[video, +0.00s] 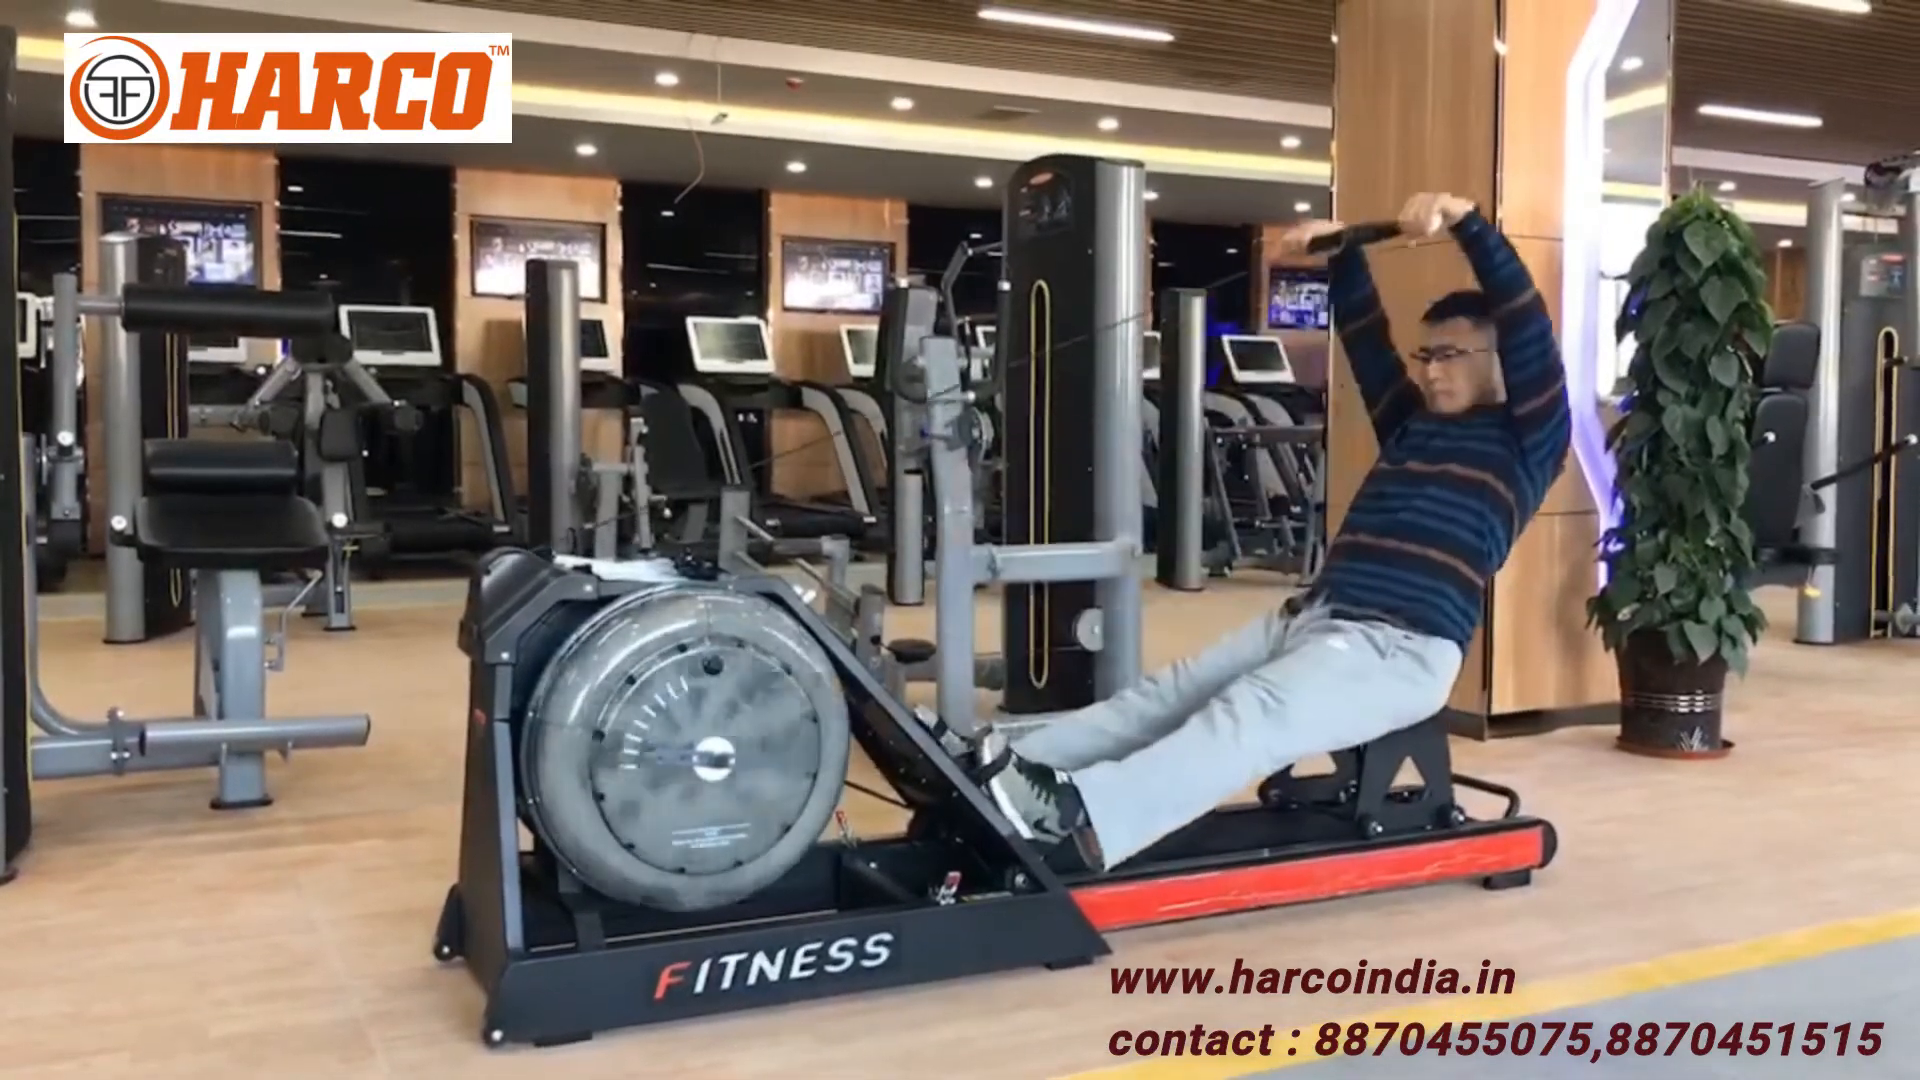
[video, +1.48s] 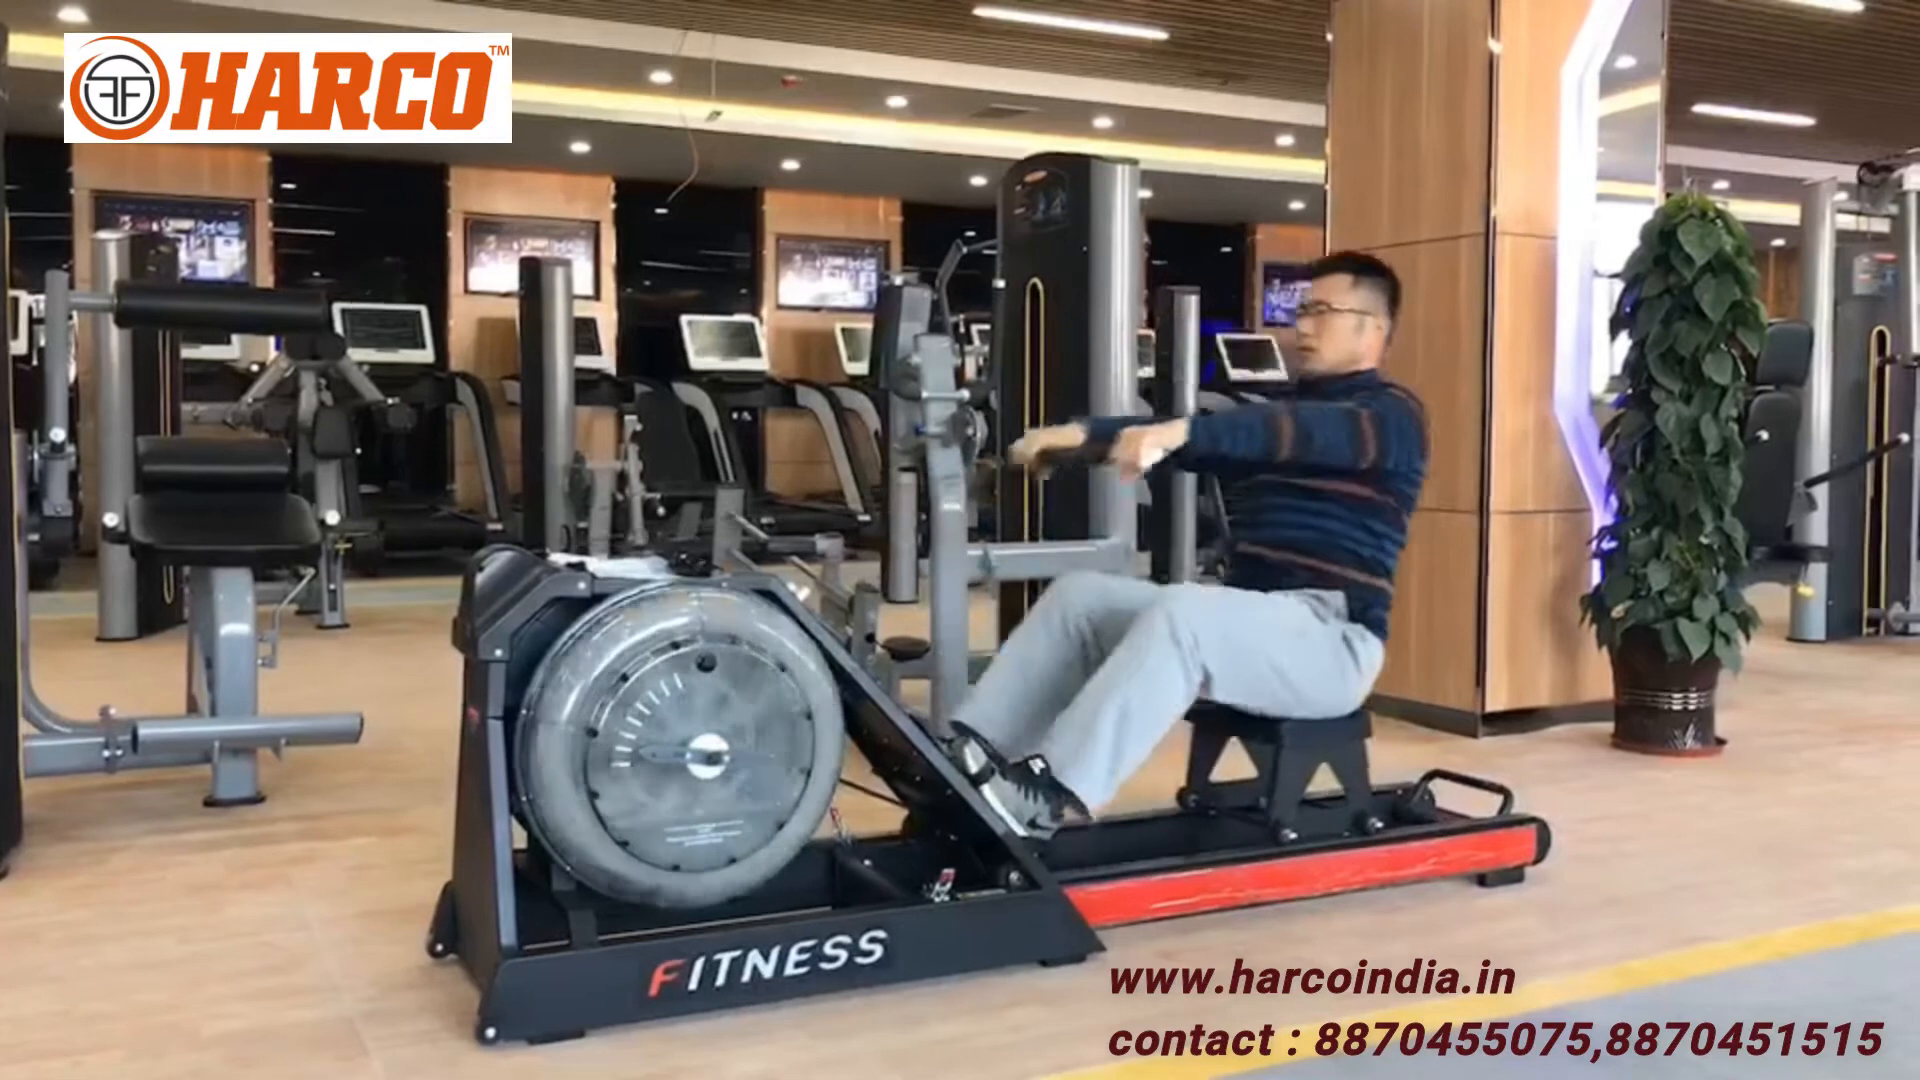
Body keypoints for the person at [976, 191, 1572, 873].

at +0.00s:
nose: (1426, 370)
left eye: (1446, 354)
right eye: (1422, 356)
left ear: (1500, 359)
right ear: (1420, 361)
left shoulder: (1528, 442)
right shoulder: (1406, 423)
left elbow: (1526, 336)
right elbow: (1366, 341)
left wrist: (1472, 224)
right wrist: (1341, 254)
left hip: (1403, 648)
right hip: (1315, 623)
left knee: (1247, 716)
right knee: (1176, 691)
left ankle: (1075, 818)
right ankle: (991, 755)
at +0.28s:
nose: (1354, 348)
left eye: (1371, 331)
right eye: (1346, 334)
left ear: (1428, 331)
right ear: (1339, 336)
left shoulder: (1467, 402)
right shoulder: (1351, 397)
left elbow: (1490, 291)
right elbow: (1333, 301)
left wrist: (1461, 161)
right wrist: (1326, 195)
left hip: (1388, 641)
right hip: (1297, 623)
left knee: (1230, 668)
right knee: (1145, 645)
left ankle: (1080, 809)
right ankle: (993, 763)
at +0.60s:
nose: (1202, 325)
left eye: (1218, 309)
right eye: (1198, 314)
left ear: (1275, 313)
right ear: (1195, 324)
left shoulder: (1330, 395)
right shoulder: (1193, 401)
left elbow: (1249, 369)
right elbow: (1114, 397)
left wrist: (1150, 333)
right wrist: (1060, 355)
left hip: (1309, 648)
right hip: (1204, 629)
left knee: (1166, 598)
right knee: (1055, 589)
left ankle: (1058, 792)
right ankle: (965, 752)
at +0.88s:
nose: (1114, 314)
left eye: (1130, 297)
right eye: (1115, 298)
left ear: (1187, 312)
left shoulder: (1226, 413)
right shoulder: (1122, 408)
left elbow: (1122, 481)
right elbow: (1038, 465)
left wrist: (998, 522)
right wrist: (922, 510)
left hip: (1234, 649)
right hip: (1129, 630)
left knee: (1097, 573)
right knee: (980, 562)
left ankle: (1039, 789)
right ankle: (959, 773)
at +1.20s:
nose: (1181, 301)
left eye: (1202, 289)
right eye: (1182, 288)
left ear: (1253, 314)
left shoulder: (1268, 408)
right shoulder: (1172, 402)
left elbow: (1163, 461)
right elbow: (1073, 452)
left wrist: (1041, 491)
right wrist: (949, 484)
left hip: (1250, 645)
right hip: (1155, 619)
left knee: (1113, 575)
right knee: (1001, 566)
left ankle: (1036, 788)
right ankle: (959, 757)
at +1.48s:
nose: (1299, 327)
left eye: (1319, 313)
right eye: (1299, 313)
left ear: (1376, 331)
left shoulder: (1392, 415)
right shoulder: (1282, 413)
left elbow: (1285, 434)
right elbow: (1195, 432)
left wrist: (1183, 436)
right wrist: (1082, 436)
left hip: (1332, 636)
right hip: (1246, 617)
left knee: (1181, 619)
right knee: (1079, 598)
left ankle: (1049, 793)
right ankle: (963, 754)